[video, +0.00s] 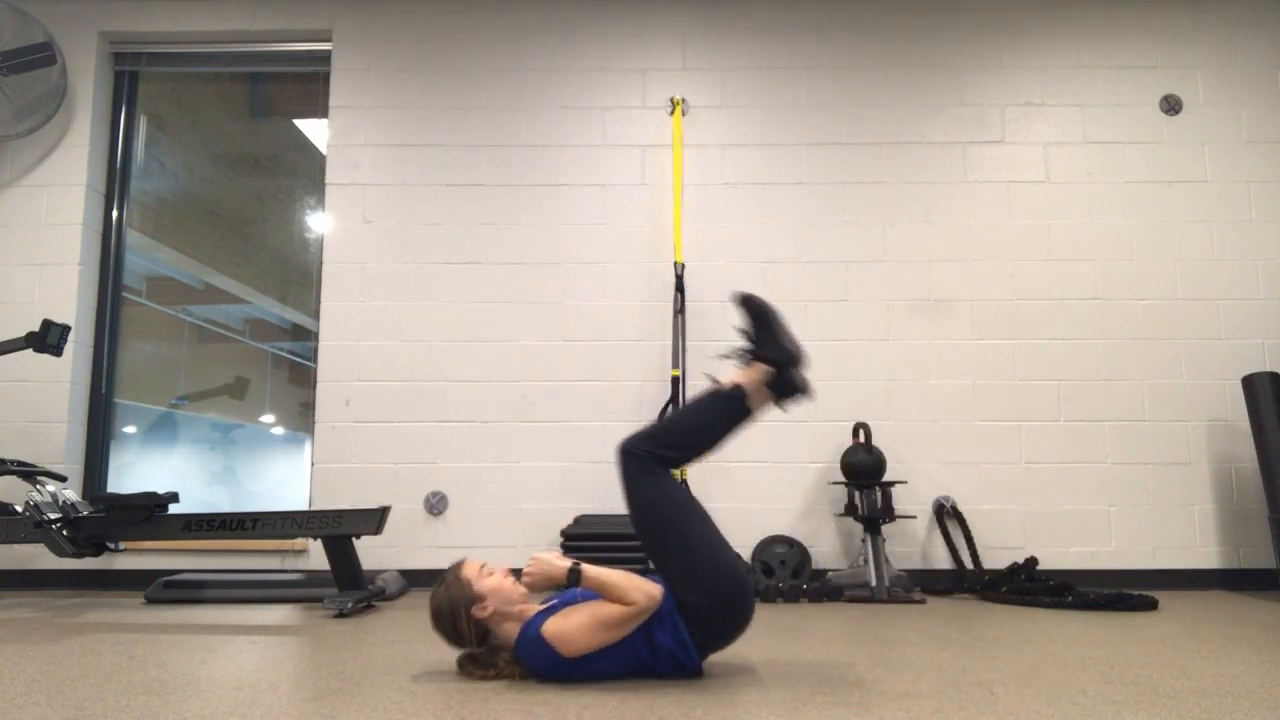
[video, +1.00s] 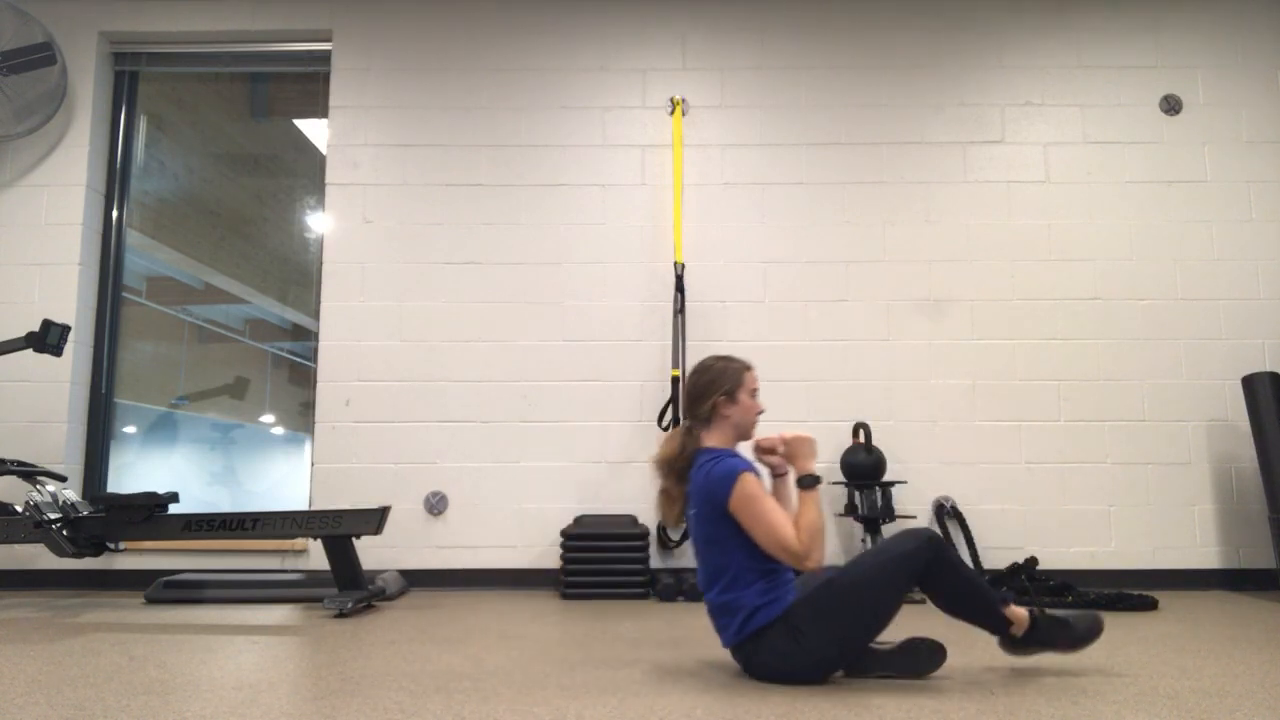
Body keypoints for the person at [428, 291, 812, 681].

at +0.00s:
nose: (502, 569)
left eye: (490, 566)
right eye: (487, 574)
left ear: (492, 607)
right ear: (482, 609)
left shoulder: (542, 621)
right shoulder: (542, 640)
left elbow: (641, 598)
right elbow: (646, 597)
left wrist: (570, 574)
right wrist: (571, 573)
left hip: (702, 604)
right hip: (708, 612)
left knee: (641, 454)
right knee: (639, 455)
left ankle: (766, 381)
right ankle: (766, 374)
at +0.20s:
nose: (551, 528)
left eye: (540, 522)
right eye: (536, 528)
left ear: (526, 560)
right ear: (519, 563)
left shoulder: (568, 588)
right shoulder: (571, 608)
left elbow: (666, 601)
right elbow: (677, 604)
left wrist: (609, 557)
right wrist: (615, 555)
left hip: (716, 631)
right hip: (728, 641)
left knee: (721, 470)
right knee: (721, 468)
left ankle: (850, 477)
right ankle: (852, 430)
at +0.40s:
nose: (619, 479)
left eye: (613, 471)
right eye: (608, 472)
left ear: (578, 495)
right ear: (580, 493)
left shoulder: (598, 545)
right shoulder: (605, 553)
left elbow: (707, 573)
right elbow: (714, 584)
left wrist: (662, 518)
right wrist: (666, 517)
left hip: (731, 637)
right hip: (743, 648)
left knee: (789, 493)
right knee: (800, 484)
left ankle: (884, 586)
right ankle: (950, 499)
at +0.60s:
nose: (675, 441)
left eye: (670, 432)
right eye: (666, 432)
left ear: (634, 451)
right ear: (638, 448)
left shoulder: (641, 505)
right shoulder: (652, 513)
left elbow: (733, 566)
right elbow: (750, 570)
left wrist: (705, 497)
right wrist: (724, 493)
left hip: (741, 634)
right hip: (758, 648)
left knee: (817, 520)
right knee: (869, 508)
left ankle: (864, 623)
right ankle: (994, 540)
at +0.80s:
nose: (719, 421)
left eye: (716, 411)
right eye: (712, 411)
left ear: (675, 422)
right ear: (685, 420)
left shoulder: (675, 480)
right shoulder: (690, 487)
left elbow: (755, 556)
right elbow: (778, 561)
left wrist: (742, 487)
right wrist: (769, 479)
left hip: (751, 636)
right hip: (767, 646)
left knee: (828, 552)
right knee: (901, 529)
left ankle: (863, 635)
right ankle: (1011, 588)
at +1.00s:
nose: (761, 404)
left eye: (758, 393)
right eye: (753, 395)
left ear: (720, 403)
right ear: (723, 404)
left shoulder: (718, 466)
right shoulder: (723, 470)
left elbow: (791, 553)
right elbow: (805, 554)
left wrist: (780, 477)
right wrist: (806, 471)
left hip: (772, 632)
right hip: (778, 641)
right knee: (921, 545)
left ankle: (861, 654)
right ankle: (1017, 624)